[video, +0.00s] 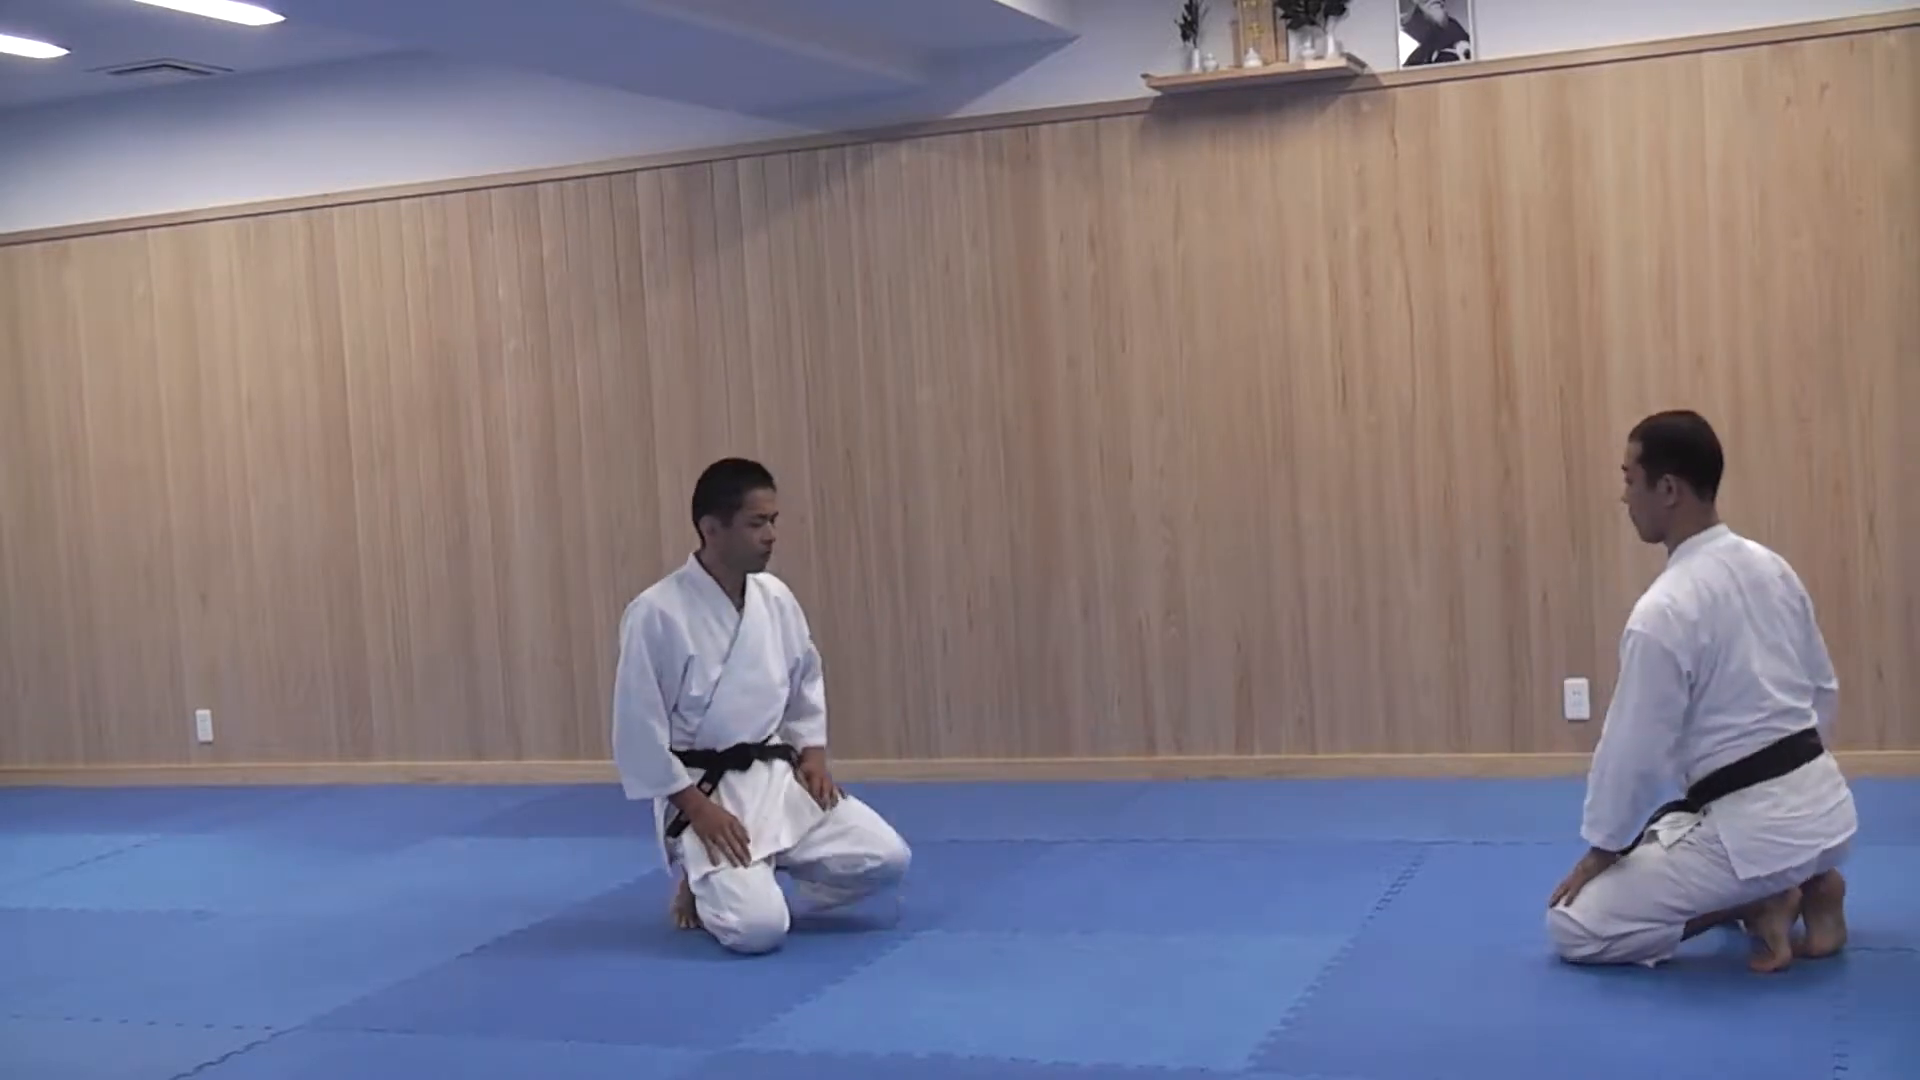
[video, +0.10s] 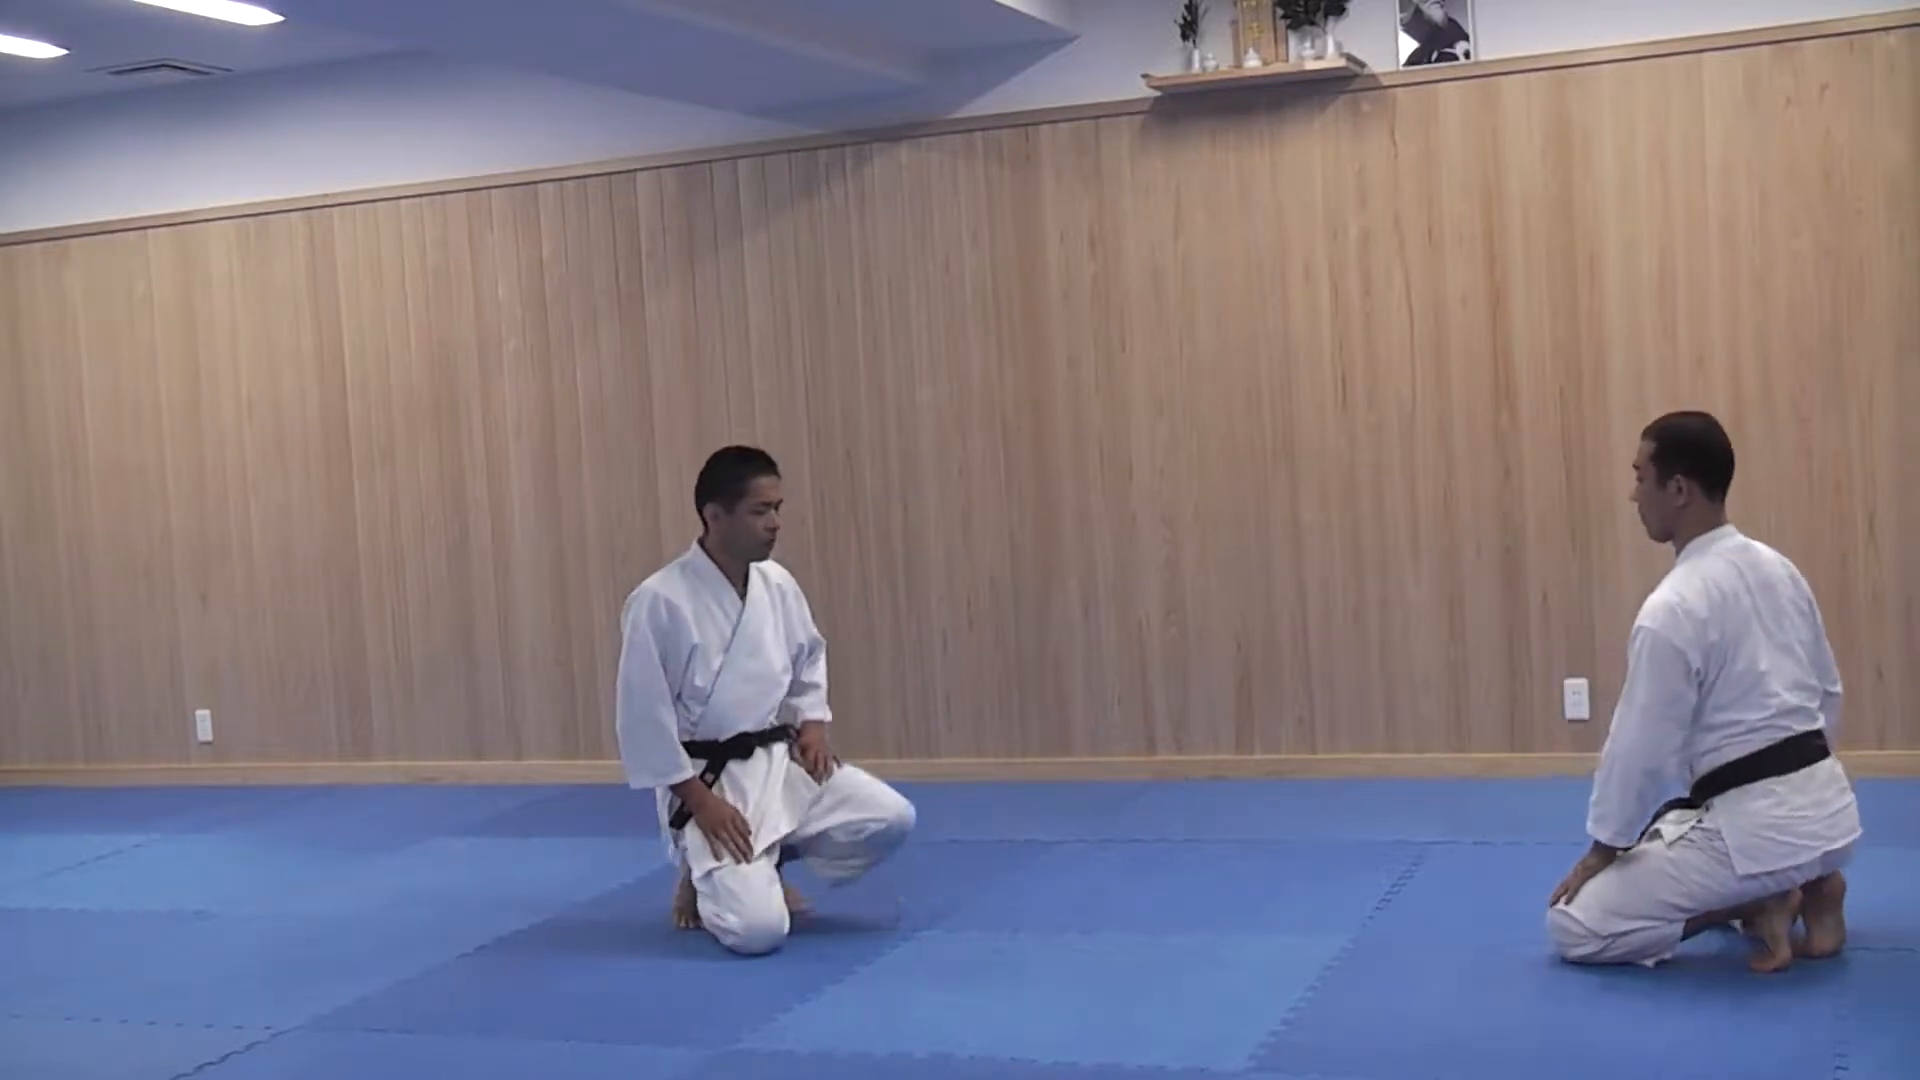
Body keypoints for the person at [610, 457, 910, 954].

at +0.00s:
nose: (772, 536)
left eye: (774, 521)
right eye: (758, 524)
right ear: (711, 529)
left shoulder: (775, 597)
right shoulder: (656, 613)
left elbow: (805, 680)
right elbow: (638, 733)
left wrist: (813, 751)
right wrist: (695, 804)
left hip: (777, 777)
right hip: (705, 793)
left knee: (884, 859)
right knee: (762, 929)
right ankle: (698, 887)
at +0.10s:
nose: (776, 524)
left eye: (777, 509)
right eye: (761, 511)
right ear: (714, 516)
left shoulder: (778, 583)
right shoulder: (659, 602)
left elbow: (808, 659)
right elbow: (644, 720)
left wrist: (813, 721)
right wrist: (698, 799)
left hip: (782, 761)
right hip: (711, 781)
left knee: (890, 818)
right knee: (761, 932)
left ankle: (767, 865)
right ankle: (701, 878)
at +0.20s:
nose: (788, 516)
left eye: (789, 502)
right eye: (774, 505)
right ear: (726, 511)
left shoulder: (782, 575)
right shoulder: (673, 594)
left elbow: (809, 647)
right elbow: (654, 713)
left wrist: (810, 702)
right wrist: (706, 795)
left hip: (786, 753)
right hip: (721, 779)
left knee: (899, 774)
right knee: (761, 934)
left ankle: (805, 867)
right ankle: (701, 875)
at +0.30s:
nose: (802, 517)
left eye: (804, 503)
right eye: (789, 505)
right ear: (740, 510)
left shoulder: (789, 570)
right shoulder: (688, 592)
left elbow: (810, 646)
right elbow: (666, 712)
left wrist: (811, 695)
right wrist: (715, 797)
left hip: (794, 744)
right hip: (735, 774)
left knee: (905, 745)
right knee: (761, 934)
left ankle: (859, 887)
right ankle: (701, 872)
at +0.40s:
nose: (820, 520)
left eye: (821, 506)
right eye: (806, 508)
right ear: (757, 514)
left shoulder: (805, 575)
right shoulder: (703, 595)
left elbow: (819, 654)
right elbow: (677, 714)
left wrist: (821, 698)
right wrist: (723, 801)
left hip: (806, 746)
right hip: (744, 776)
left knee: (917, 748)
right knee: (762, 934)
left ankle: (867, 888)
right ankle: (701, 870)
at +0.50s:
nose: (840, 529)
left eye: (841, 515)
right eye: (826, 516)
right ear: (777, 522)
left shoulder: (827, 584)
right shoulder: (721, 602)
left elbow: (838, 659)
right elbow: (686, 720)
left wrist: (836, 705)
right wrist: (733, 806)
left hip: (817, 750)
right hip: (751, 780)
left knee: (928, 752)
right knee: (763, 936)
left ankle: (868, 887)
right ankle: (703, 871)